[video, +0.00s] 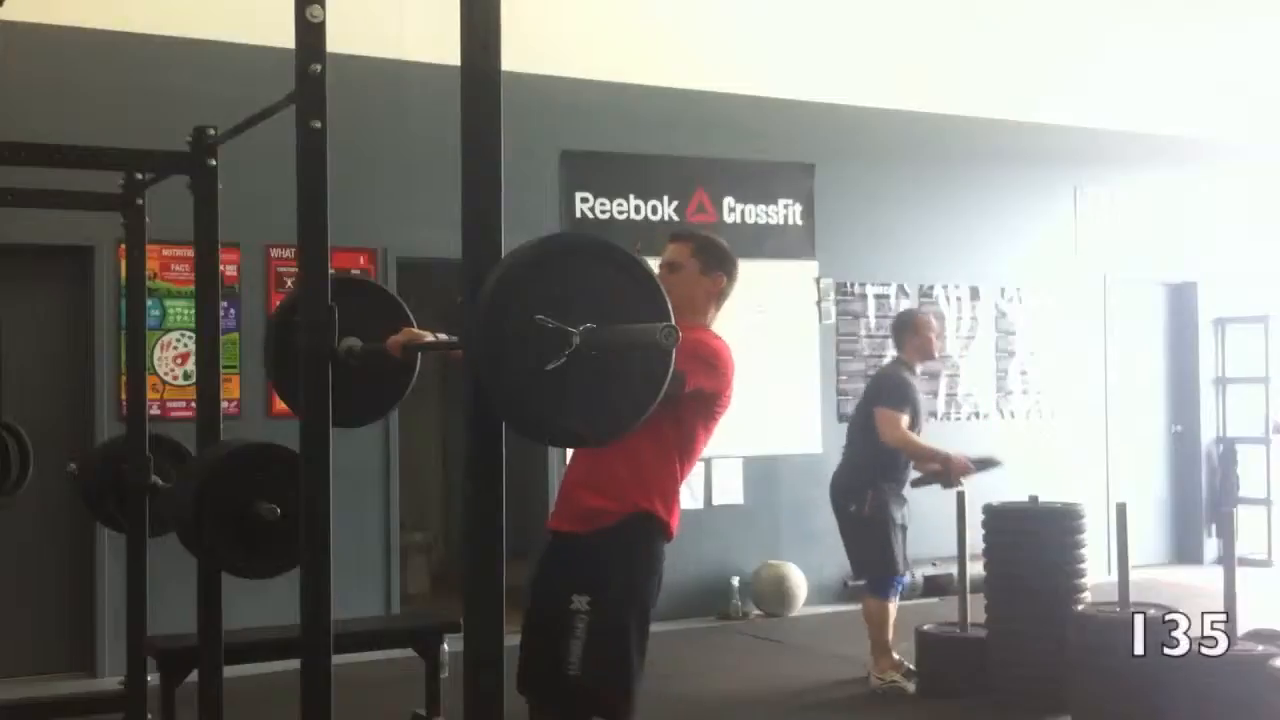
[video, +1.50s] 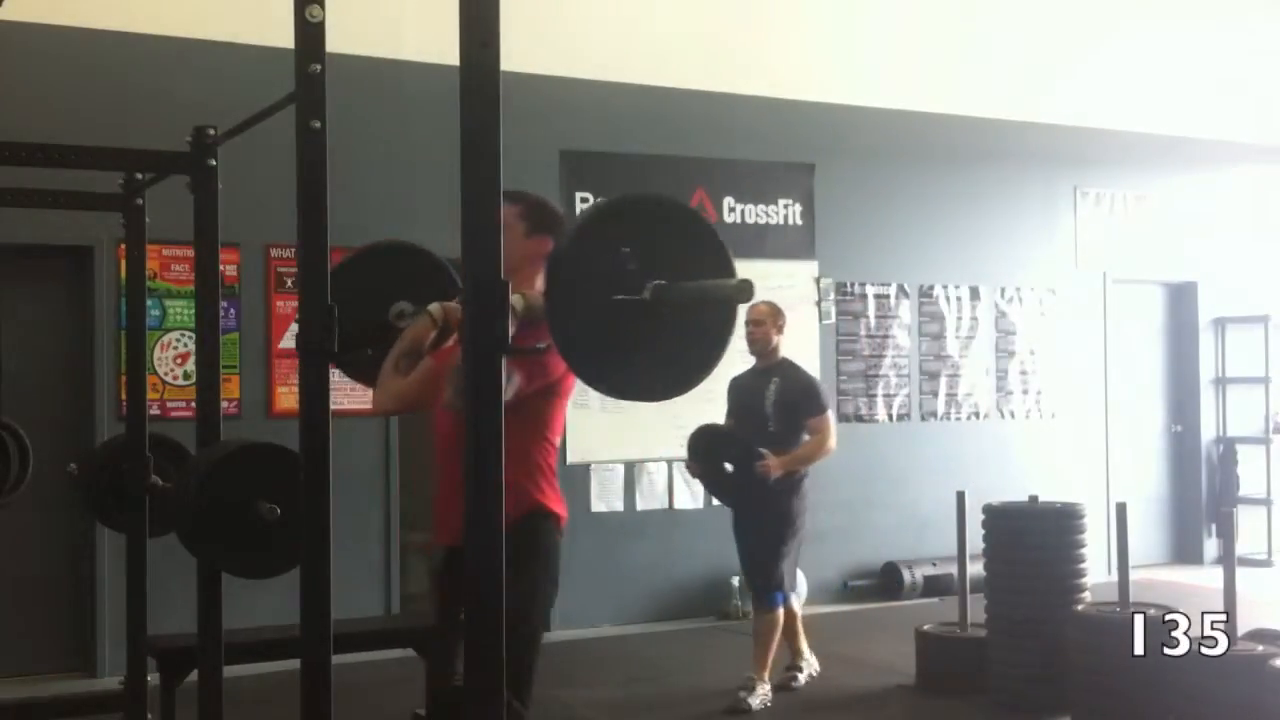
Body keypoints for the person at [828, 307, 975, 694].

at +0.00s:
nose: (937, 340)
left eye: (937, 333)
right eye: (931, 333)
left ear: (917, 338)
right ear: (911, 337)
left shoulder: (904, 382)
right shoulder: (892, 378)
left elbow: (903, 441)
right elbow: (890, 433)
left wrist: (936, 465)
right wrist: (944, 457)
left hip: (883, 488)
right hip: (865, 489)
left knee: (891, 576)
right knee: (882, 576)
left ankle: (885, 659)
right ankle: (881, 666)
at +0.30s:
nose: (895, 328)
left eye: (897, 321)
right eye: (886, 323)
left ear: (901, 325)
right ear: (870, 330)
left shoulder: (907, 378)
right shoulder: (853, 373)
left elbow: (909, 432)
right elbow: (836, 425)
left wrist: (933, 455)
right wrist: (881, 448)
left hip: (890, 490)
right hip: (853, 491)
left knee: (890, 573)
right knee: (854, 574)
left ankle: (882, 655)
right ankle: (844, 662)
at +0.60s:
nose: (841, 328)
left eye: (848, 321)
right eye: (834, 323)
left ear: (864, 326)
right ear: (828, 331)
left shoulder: (886, 378)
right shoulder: (812, 379)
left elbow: (907, 424)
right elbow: (791, 429)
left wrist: (909, 449)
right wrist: (807, 453)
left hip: (873, 487)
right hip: (829, 488)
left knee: (877, 573)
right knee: (822, 576)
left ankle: (881, 654)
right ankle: (808, 660)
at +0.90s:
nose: (798, 327)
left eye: (804, 320)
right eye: (792, 322)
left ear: (821, 323)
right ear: (787, 330)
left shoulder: (846, 372)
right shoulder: (774, 379)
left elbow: (877, 426)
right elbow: (757, 427)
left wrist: (857, 446)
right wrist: (754, 449)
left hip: (835, 482)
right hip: (790, 484)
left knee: (865, 565)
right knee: (798, 576)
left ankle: (869, 645)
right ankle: (806, 661)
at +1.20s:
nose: (773, 328)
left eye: (780, 321)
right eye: (769, 322)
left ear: (798, 326)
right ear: (764, 329)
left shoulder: (823, 374)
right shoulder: (756, 380)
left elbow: (853, 426)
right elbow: (749, 434)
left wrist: (821, 452)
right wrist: (730, 458)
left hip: (810, 487)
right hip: (771, 488)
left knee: (808, 577)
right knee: (786, 579)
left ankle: (813, 667)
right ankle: (802, 664)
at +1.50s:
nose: (751, 331)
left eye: (759, 325)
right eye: (748, 326)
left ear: (780, 330)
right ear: (745, 332)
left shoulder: (800, 382)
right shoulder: (739, 385)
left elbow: (825, 440)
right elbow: (732, 439)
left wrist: (783, 463)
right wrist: (706, 462)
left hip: (784, 491)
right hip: (746, 491)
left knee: (769, 584)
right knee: (771, 581)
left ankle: (760, 682)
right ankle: (803, 656)